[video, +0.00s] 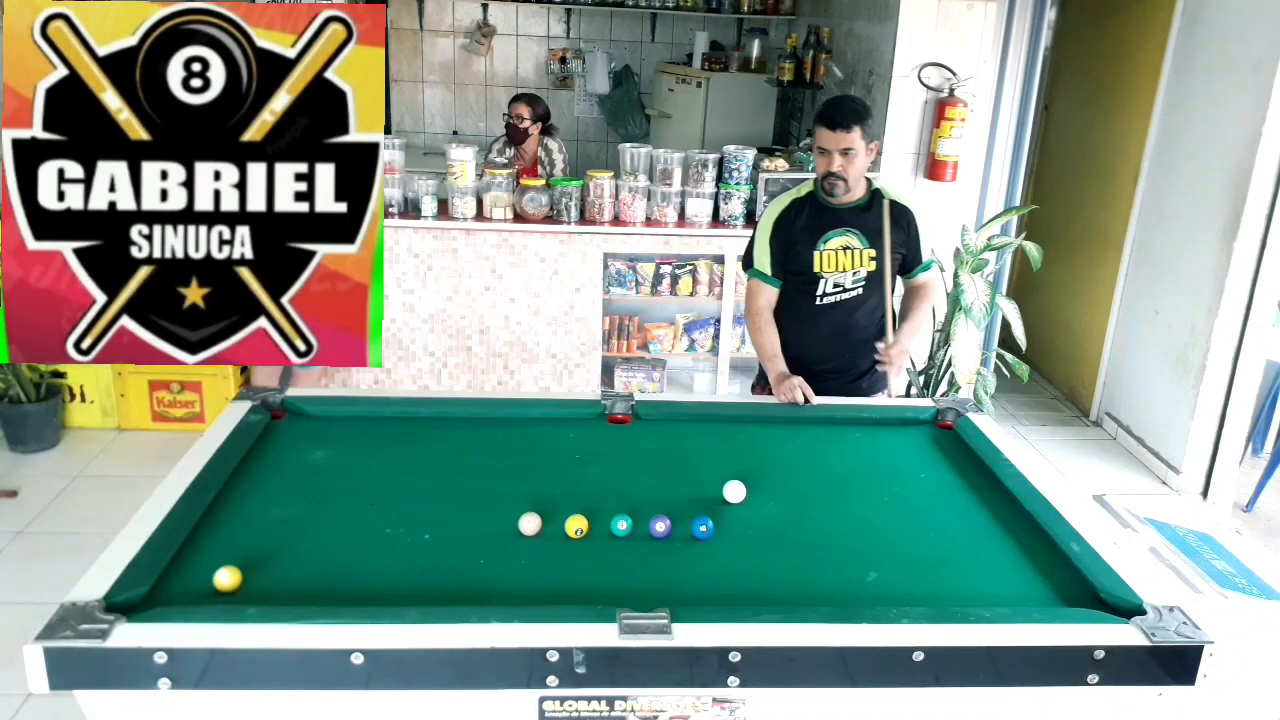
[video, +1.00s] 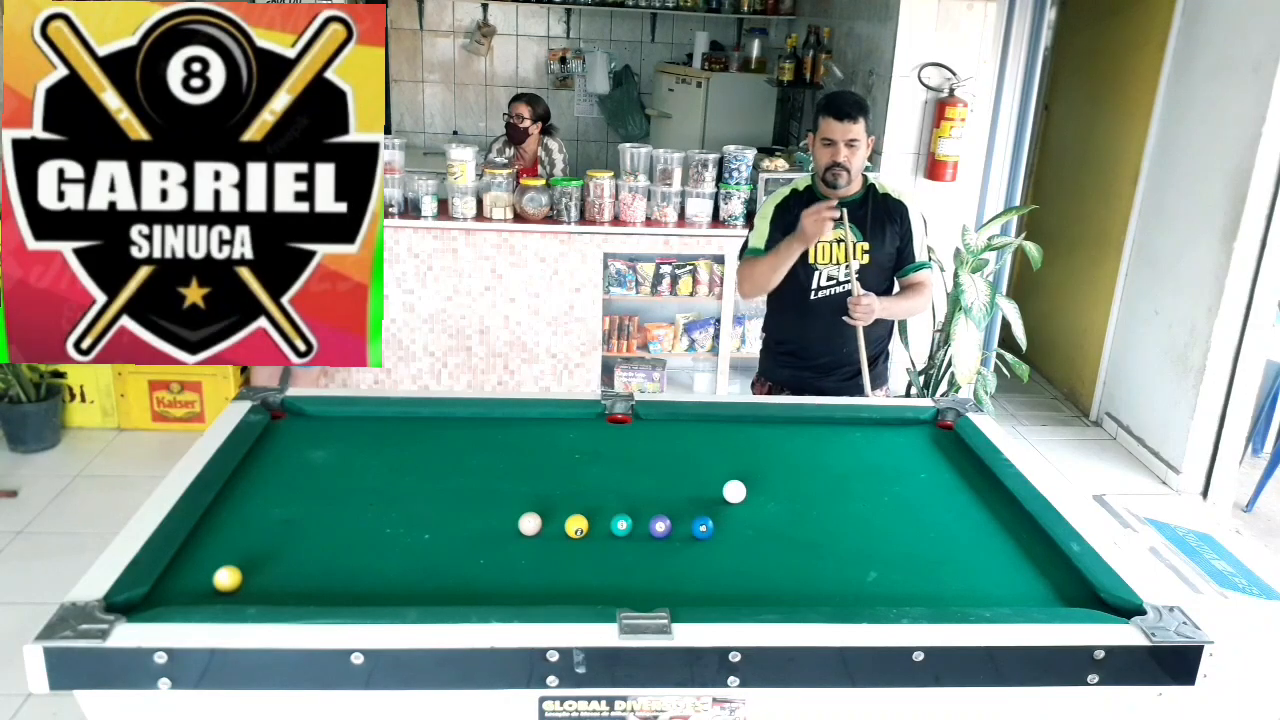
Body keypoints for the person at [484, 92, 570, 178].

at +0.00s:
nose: (511, 123)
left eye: (519, 119)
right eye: (510, 117)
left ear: (537, 128)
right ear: (507, 117)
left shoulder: (553, 148)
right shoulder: (499, 146)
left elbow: (561, 189)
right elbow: (486, 183)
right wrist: (507, 171)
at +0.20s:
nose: (511, 123)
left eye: (519, 119)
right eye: (510, 117)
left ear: (536, 128)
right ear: (507, 118)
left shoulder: (553, 148)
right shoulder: (499, 146)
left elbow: (561, 188)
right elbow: (486, 182)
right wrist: (507, 171)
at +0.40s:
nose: (511, 123)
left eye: (519, 119)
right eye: (510, 117)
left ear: (536, 128)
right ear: (507, 118)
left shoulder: (553, 148)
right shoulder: (499, 146)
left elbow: (561, 188)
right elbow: (485, 182)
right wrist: (507, 171)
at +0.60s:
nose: (511, 123)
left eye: (519, 119)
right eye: (510, 117)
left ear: (536, 128)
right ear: (507, 118)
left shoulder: (553, 148)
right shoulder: (499, 146)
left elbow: (561, 189)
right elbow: (486, 183)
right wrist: (507, 171)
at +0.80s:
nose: (511, 123)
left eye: (519, 118)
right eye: (510, 117)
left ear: (536, 128)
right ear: (506, 118)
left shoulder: (553, 147)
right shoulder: (499, 146)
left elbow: (561, 189)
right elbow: (486, 183)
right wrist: (507, 172)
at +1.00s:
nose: (511, 123)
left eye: (519, 118)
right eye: (509, 117)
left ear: (536, 127)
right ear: (506, 118)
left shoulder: (553, 147)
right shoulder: (499, 146)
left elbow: (561, 189)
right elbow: (486, 183)